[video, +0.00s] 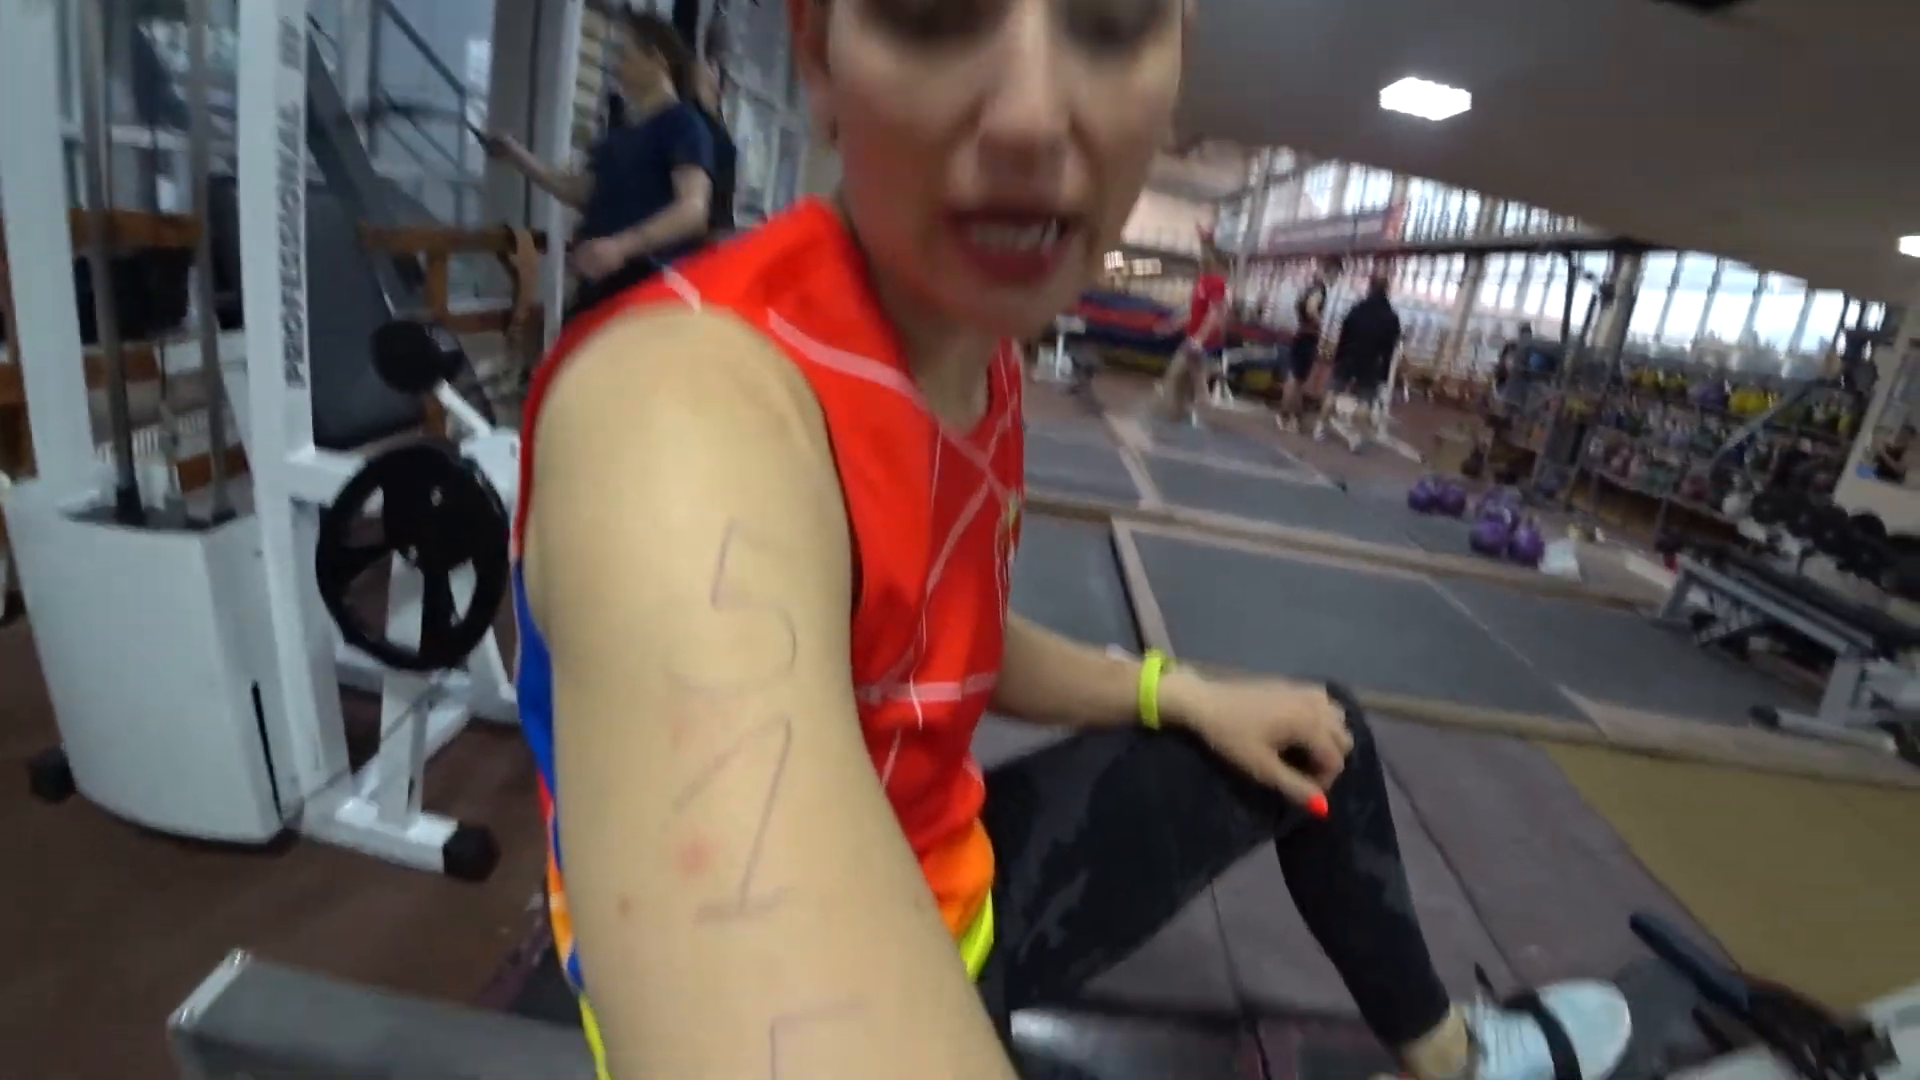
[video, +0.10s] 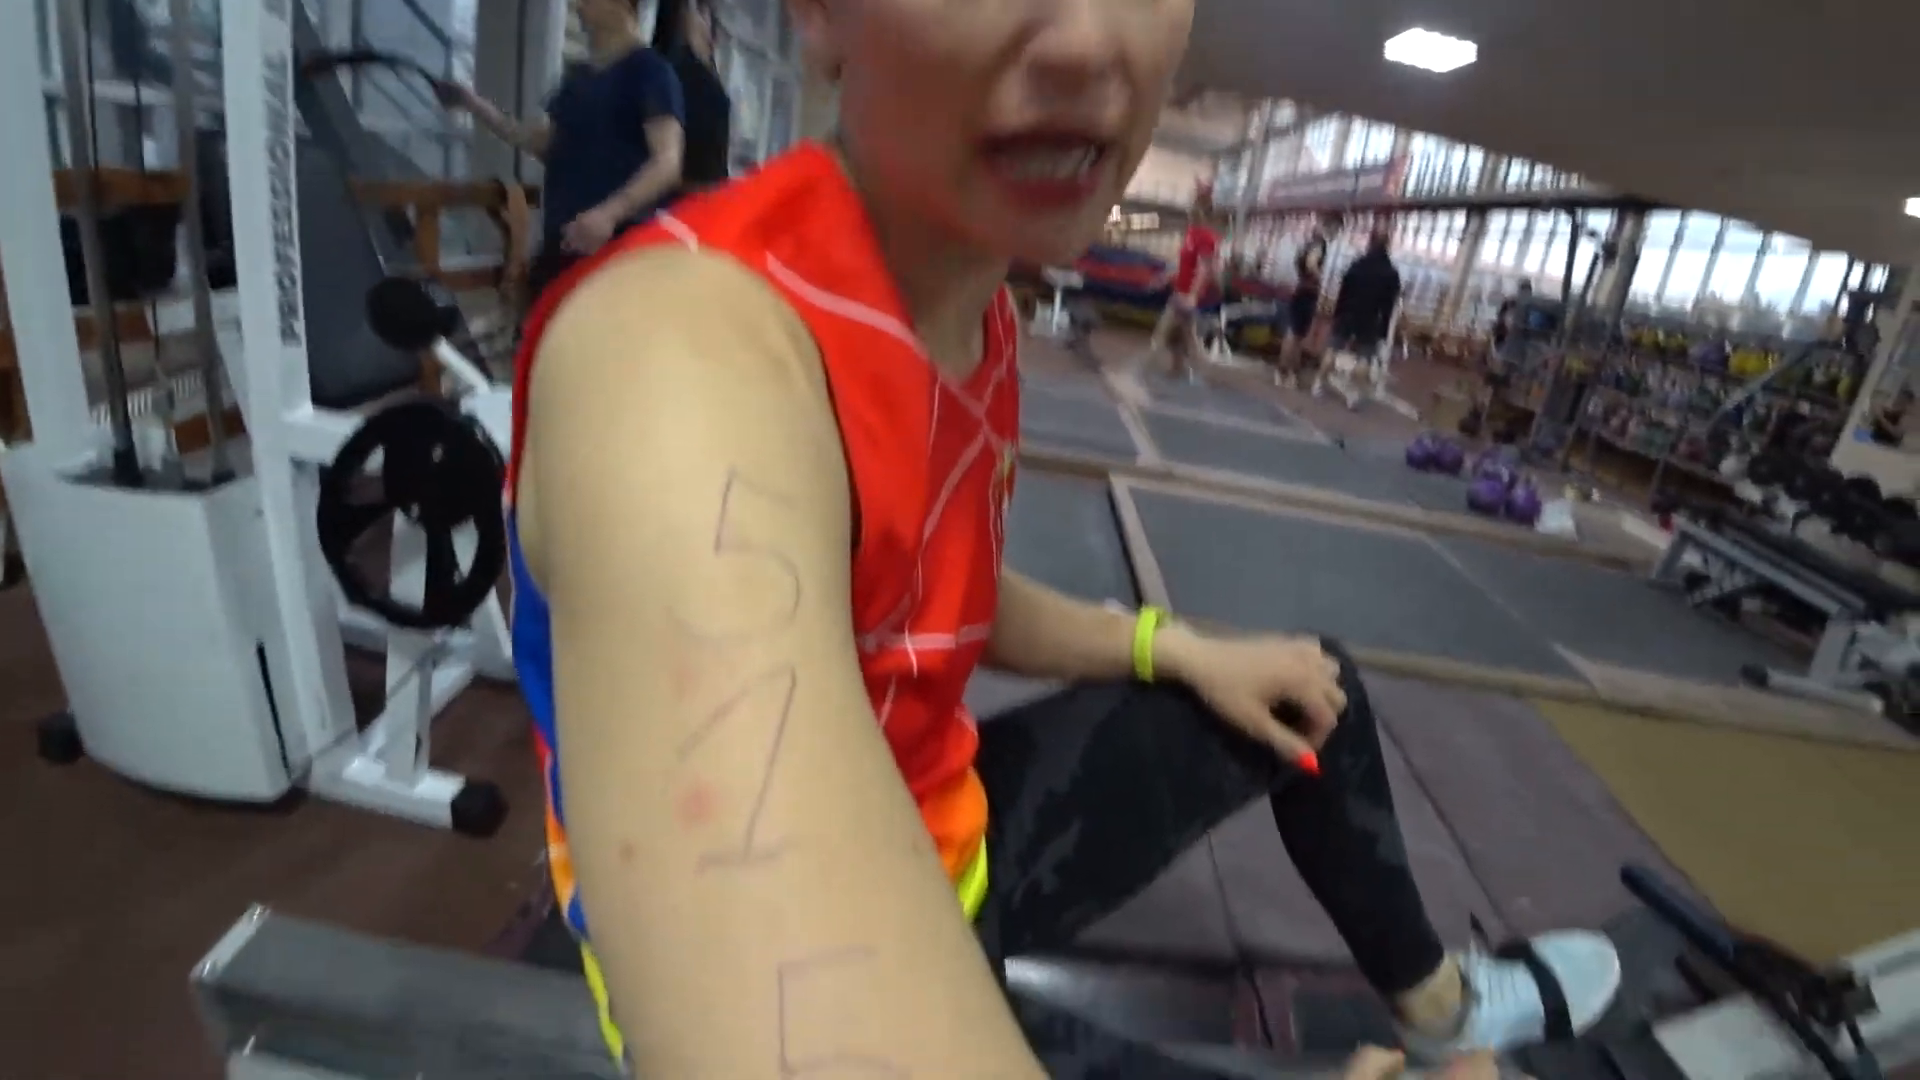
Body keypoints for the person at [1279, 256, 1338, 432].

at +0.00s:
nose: (1337, 278)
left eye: (1337, 273)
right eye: (1336, 273)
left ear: (1323, 269)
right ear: (1330, 271)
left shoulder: (1313, 287)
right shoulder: (1320, 289)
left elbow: (1301, 306)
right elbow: (1311, 308)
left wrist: (1312, 323)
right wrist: (1320, 325)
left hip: (1304, 336)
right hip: (1307, 337)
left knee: (1299, 379)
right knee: (1296, 379)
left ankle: (1295, 415)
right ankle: (1285, 413)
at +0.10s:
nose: (1337, 234)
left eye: (1337, 229)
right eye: (1336, 229)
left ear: (1322, 224)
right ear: (1331, 227)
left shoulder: (1311, 243)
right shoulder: (1320, 244)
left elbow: (1300, 262)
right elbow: (1311, 263)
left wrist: (1309, 279)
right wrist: (1319, 281)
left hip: (1301, 291)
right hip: (1307, 293)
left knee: (1295, 334)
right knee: (1296, 335)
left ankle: (1288, 371)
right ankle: (1285, 371)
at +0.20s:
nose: (1346, 189)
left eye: (1347, 184)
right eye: (1345, 183)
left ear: (1332, 180)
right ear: (1338, 182)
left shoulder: (1322, 199)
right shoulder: (1328, 201)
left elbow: (1307, 218)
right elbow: (1318, 220)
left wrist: (1319, 236)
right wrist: (1326, 239)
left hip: (1309, 247)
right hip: (1315, 250)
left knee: (1300, 291)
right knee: (1305, 293)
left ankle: (1289, 331)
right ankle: (1298, 333)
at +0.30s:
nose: (1359, 151)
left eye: (1360, 146)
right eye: (1358, 146)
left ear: (1345, 141)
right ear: (1353, 144)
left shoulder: (1335, 160)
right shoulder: (1341, 163)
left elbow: (1319, 180)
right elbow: (1330, 183)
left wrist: (1330, 199)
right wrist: (1338, 203)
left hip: (1320, 211)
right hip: (1325, 213)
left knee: (1311, 255)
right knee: (1314, 257)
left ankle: (1301, 294)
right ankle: (1306, 296)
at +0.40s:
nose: (1363, 117)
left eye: (1364, 113)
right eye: (1362, 112)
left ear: (1349, 107)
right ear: (1356, 110)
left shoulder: (1340, 127)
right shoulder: (1345, 130)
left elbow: (1327, 147)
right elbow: (1335, 149)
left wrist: (1335, 165)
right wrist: (1343, 166)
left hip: (1327, 178)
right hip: (1330, 179)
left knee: (1317, 223)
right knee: (1317, 223)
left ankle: (1309, 262)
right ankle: (1305, 262)